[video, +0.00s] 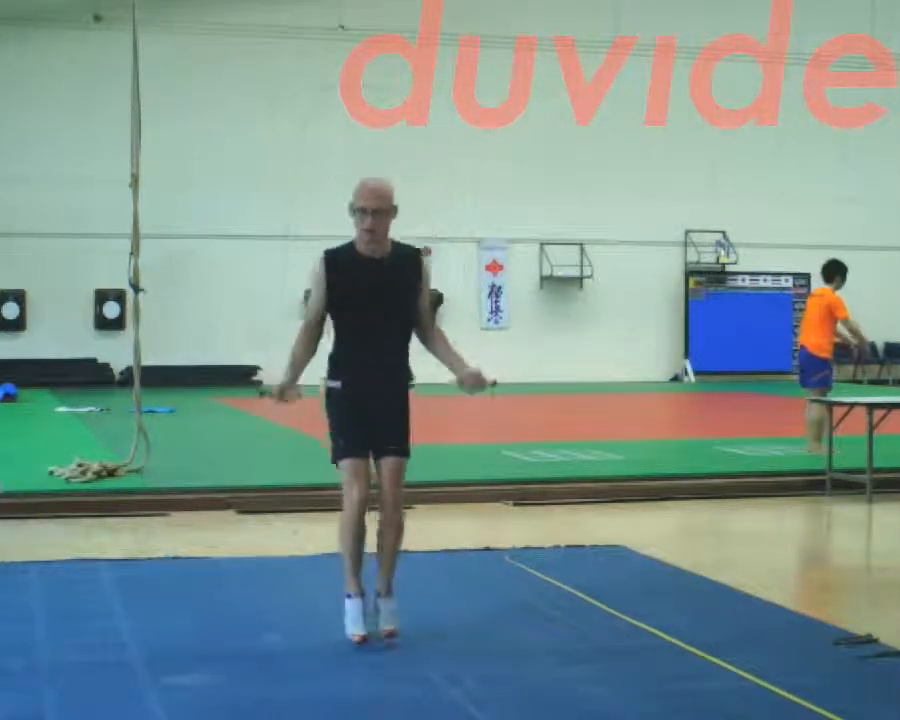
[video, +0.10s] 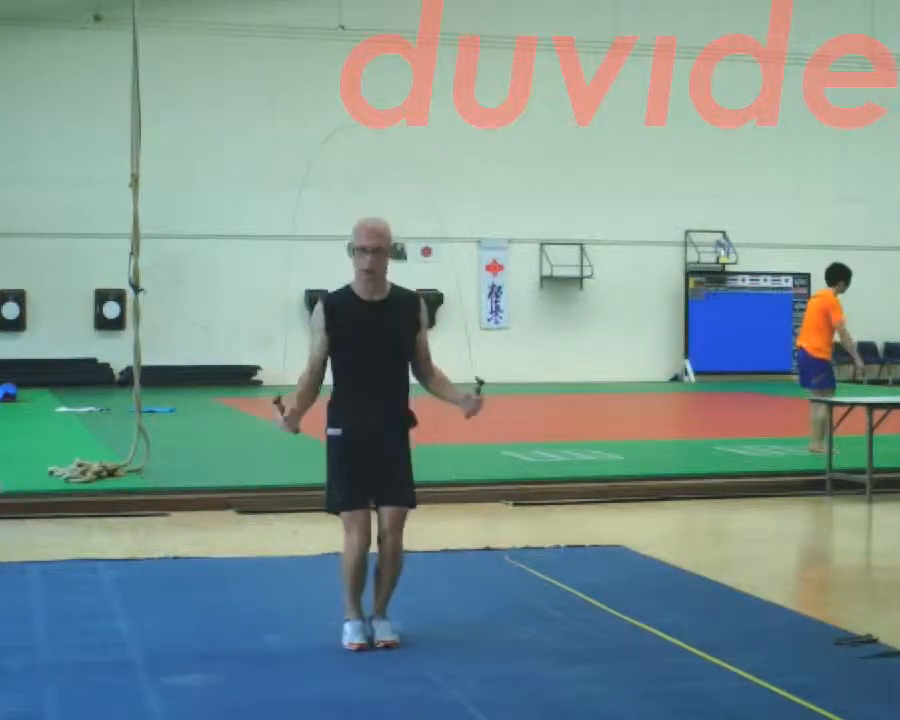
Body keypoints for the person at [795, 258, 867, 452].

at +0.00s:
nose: (843, 282)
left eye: (844, 278)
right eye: (843, 278)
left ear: (825, 276)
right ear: (838, 277)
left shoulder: (815, 296)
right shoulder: (832, 298)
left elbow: (829, 328)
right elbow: (848, 324)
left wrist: (849, 342)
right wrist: (863, 339)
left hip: (807, 348)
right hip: (819, 351)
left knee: (814, 397)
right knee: (819, 398)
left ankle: (813, 443)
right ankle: (815, 444)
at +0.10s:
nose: (847, 287)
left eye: (847, 283)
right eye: (847, 282)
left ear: (829, 279)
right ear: (841, 282)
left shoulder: (816, 297)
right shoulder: (831, 301)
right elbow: (842, 333)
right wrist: (856, 358)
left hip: (805, 349)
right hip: (818, 353)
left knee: (816, 397)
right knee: (824, 398)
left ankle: (816, 441)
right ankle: (818, 443)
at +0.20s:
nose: (850, 291)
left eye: (851, 287)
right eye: (850, 286)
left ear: (833, 282)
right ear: (845, 285)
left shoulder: (818, 299)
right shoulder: (832, 302)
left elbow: (803, 320)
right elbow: (829, 326)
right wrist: (829, 351)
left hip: (805, 351)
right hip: (818, 354)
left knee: (817, 398)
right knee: (823, 398)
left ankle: (817, 441)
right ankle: (818, 442)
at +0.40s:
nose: (851, 300)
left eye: (853, 296)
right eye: (852, 295)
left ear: (837, 286)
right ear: (847, 292)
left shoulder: (817, 292)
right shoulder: (833, 299)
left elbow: (797, 285)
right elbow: (819, 284)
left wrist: (786, 270)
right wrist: (801, 270)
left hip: (792, 341)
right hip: (800, 347)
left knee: (809, 392)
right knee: (810, 393)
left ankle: (807, 437)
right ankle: (807, 439)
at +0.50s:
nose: (848, 318)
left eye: (850, 314)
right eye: (849, 313)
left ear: (837, 302)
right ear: (843, 308)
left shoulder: (815, 303)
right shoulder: (826, 309)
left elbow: (801, 289)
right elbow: (809, 289)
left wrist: (793, 272)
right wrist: (796, 272)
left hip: (785, 350)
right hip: (794, 355)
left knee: (805, 401)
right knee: (806, 402)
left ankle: (793, 443)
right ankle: (793, 444)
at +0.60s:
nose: (845, 340)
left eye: (847, 337)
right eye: (845, 336)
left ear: (833, 326)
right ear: (840, 334)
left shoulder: (812, 329)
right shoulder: (824, 335)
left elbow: (796, 316)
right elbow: (801, 316)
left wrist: (785, 299)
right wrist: (786, 299)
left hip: (775, 366)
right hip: (786, 372)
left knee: (805, 407)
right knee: (810, 407)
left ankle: (792, 443)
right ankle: (793, 444)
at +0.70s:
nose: (842, 341)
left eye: (844, 337)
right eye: (843, 337)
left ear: (827, 329)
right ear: (837, 334)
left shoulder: (812, 341)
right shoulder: (819, 345)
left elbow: (785, 351)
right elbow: (793, 354)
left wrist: (757, 349)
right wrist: (770, 356)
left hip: (776, 377)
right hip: (783, 380)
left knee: (812, 409)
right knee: (815, 409)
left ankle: (792, 444)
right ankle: (792, 445)